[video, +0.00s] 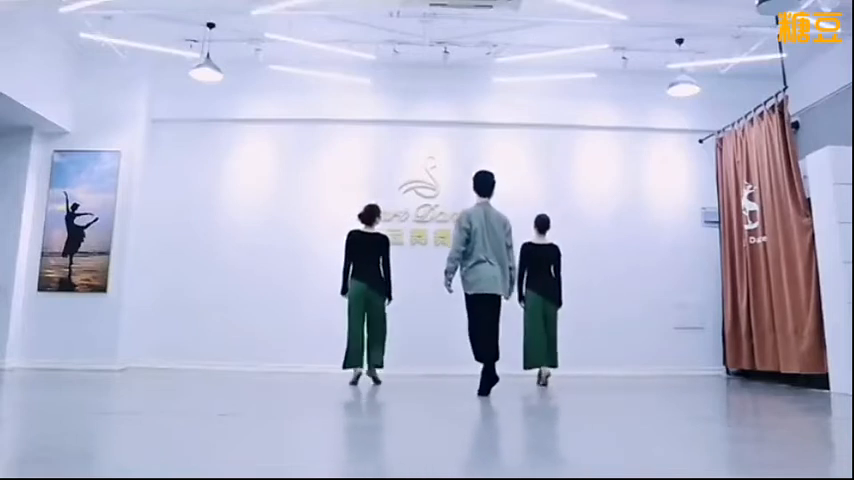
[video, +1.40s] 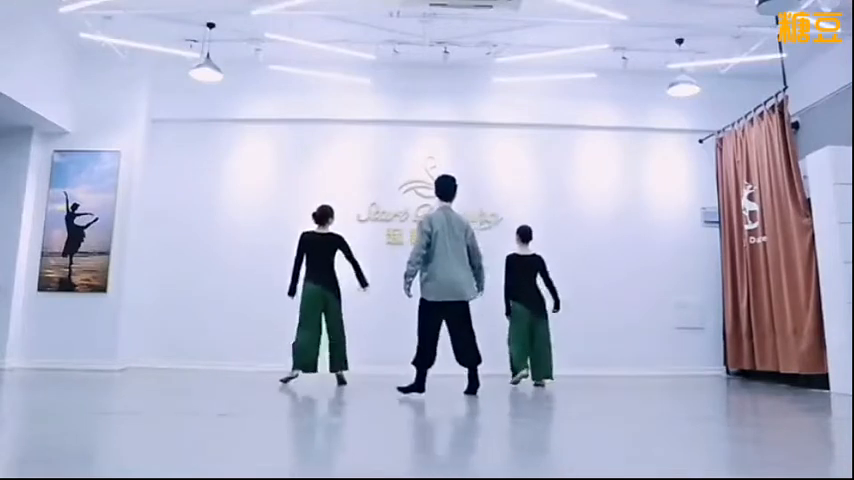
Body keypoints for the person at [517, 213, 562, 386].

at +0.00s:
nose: (538, 229)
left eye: (536, 226)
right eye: (542, 226)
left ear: (534, 227)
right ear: (548, 228)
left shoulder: (527, 247)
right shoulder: (554, 249)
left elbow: (521, 272)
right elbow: (558, 275)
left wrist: (520, 293)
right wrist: (559, 296)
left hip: (533, 292)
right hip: (550, 293)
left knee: (536, 330)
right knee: (548, 330)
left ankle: (542, 367)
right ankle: (545, 367)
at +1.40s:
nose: (516, 239)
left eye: (516, 237)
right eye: (519, 237)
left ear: (517, 238)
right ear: (531, 239)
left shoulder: (511, 259)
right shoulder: (537, 259)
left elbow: (507, 285)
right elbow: (547, 280)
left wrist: (507, 306)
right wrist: (556, 299)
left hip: (518, 303)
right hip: (537, 303)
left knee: (517, 338)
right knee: (539, 339)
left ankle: (519, 369)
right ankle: (539, 377)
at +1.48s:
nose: (512, 239)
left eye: (512, 236)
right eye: (515, 236)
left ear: (514, 238)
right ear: (527, 239)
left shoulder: (508, 259)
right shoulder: (534, 258)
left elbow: (505, 285)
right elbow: (547, 277)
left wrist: (504, 306)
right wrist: (559, 293)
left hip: (518, 303)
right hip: (535, 303)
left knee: (513, 337)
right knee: (538, 339)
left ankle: (513, 369)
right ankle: (538, 377)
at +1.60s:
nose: (503, 232)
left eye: (503, 230)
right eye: (504, 229)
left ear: (506, 230)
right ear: (518, 230)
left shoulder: (500, 249)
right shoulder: (525, 248)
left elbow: (494, 274)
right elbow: (542, 256)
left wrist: (492, 295)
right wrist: (553, 263)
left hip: (506, 296)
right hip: (524, 297)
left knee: (499, 332)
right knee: (531, 334)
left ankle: (489, 367)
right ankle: (537, 371)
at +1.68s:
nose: (499, 229)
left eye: (499, 227)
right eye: (500, 227)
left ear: (500, 227)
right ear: (514, 228)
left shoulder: (495, 245)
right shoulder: (521, 244)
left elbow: (489, 270)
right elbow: (538, 250)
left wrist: (486, 292)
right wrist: (547, 254)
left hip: (500, 292)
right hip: (518, 293)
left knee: (494, 329)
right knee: (525, 330)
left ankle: (484, 367)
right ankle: (534, 370)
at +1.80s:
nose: (489, 232)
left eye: (489, 230)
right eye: (493, 230)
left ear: (489, 230)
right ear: (503, 229)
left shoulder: (484, 246)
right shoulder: (509, 246)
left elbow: (477, 272)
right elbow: (518, 255)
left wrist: (474, 294)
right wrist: (522, 248)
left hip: (489, 290)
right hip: (506, 290)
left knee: (486, 329)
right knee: (506, 328)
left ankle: (484, 369)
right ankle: (507, 369)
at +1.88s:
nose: (487, 236)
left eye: (486, 233)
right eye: (491, 233)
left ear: (485, 233)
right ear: (498, 232)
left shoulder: (480, 249)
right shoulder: (506, 250)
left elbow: (474, 275)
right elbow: (506, 267)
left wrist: (470, 298)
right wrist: (510, 251)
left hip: (485, 292)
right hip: (503, 293)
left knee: (485, 331)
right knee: (497, 330)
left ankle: (486, 370)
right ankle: (490, 370)